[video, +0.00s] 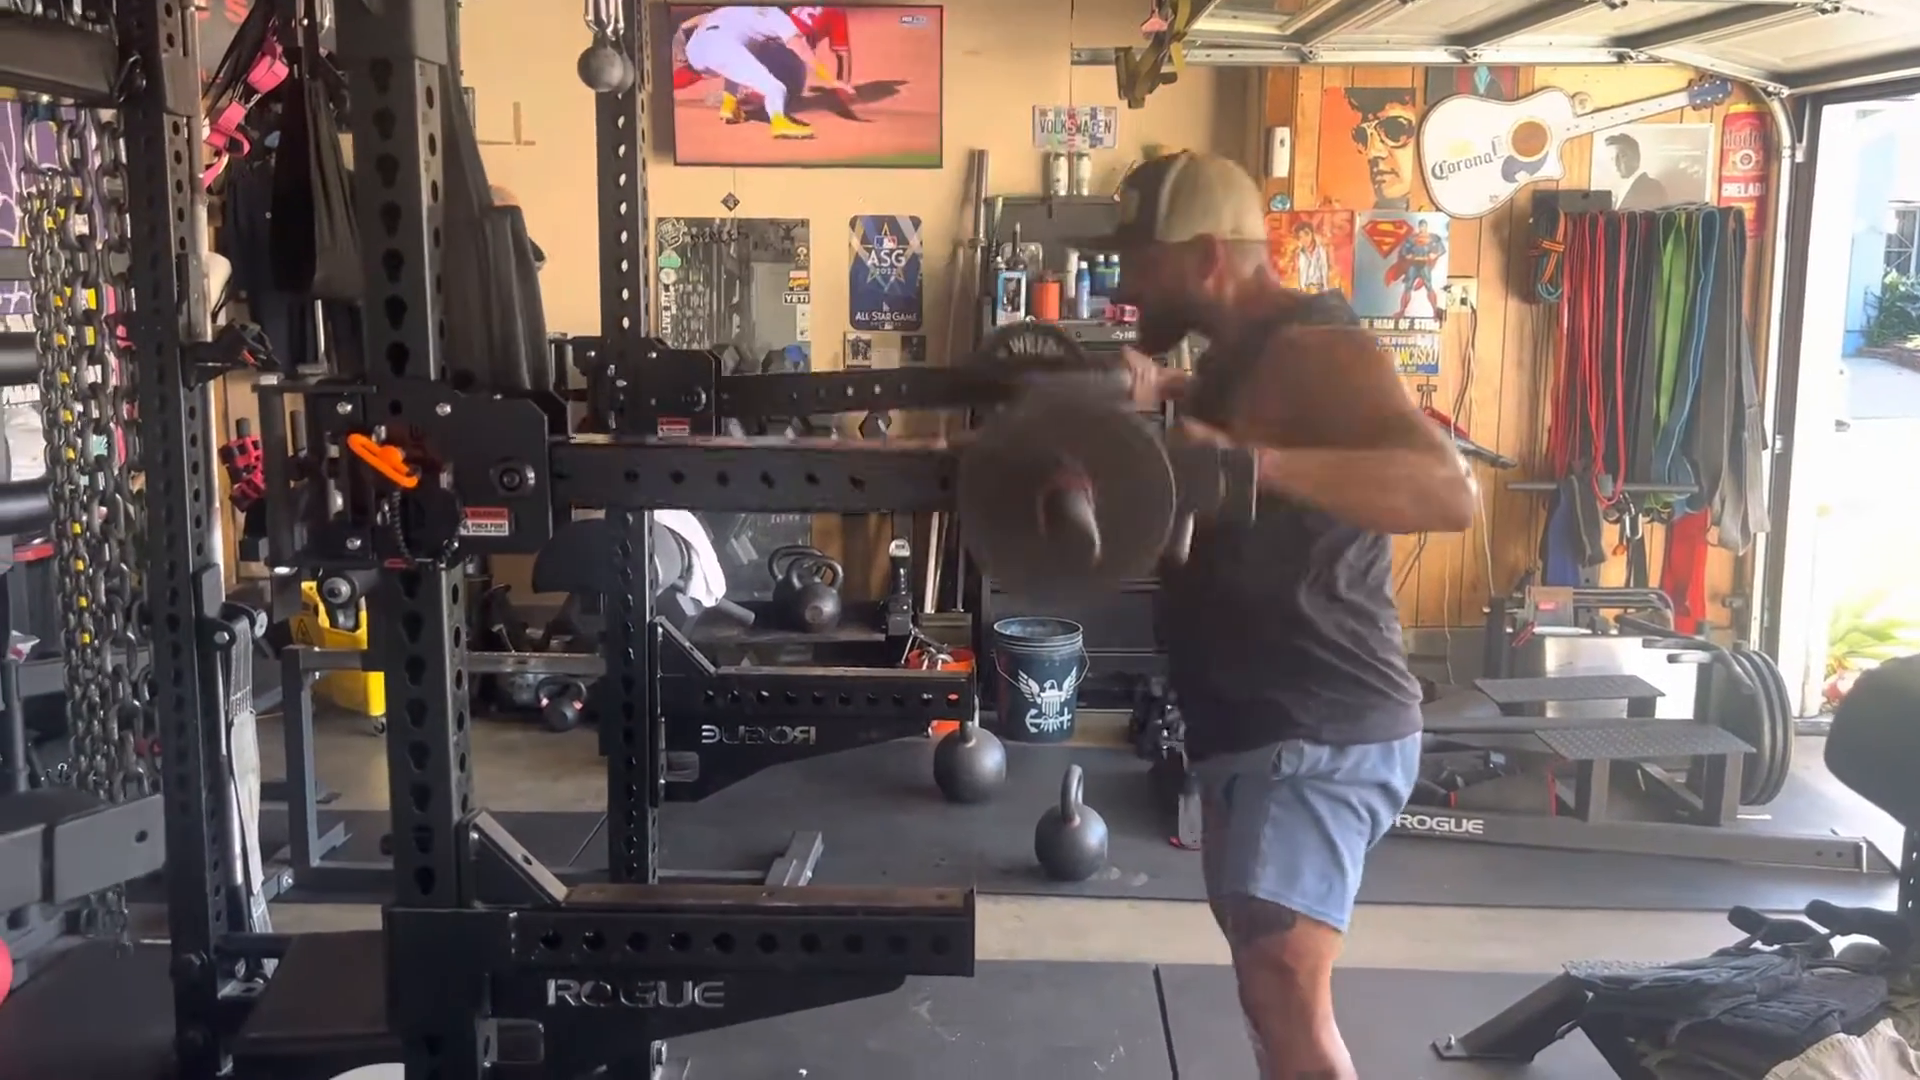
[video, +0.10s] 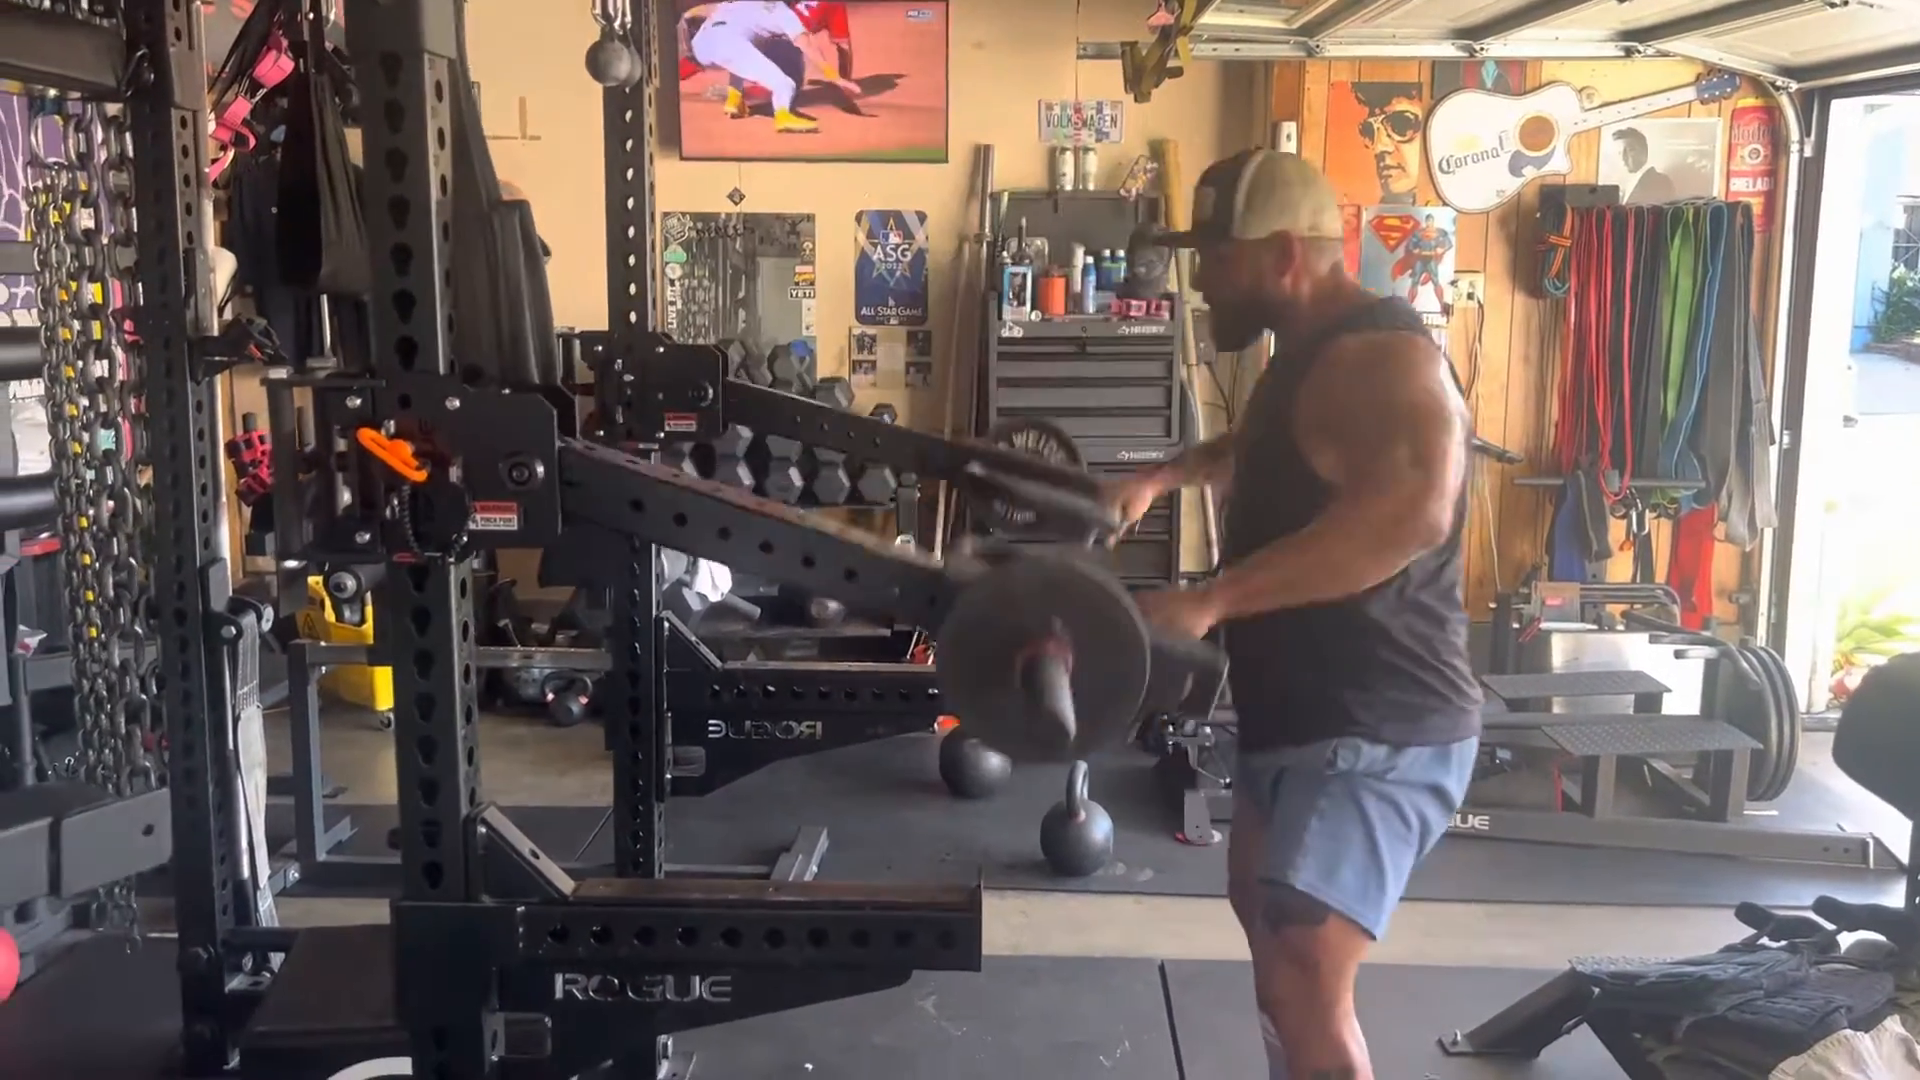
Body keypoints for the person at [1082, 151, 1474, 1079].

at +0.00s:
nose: (1125, 279)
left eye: (1139, 252)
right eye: (1126, 254)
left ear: (1210, 256)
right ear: (1211, 259)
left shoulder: (1319, 349)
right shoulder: (1211, 376)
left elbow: (1449, 493)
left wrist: (1248, 462)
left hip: (1318, 734)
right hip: (1251, 730)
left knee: (1286, 1005)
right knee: (1277, 1001)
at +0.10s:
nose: (1202, 276)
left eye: (1213, 253)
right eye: (1201, 254)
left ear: (1287, 253)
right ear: (1282, 255)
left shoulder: (1381, 348)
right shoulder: (1301, 353)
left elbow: (1414, 507)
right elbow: (1261, 455)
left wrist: (1213, 598)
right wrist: (1159, 476)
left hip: (1370, 730)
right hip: (1295, 717)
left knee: (1305, 994)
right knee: (1258, 901)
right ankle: (1298, 1057)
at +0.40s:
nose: (1163, 353)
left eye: (1176, 328)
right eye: (1166, 330)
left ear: (1245, 336)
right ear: (1249, 337)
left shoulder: (1348, 441)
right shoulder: (1280, 431)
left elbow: (1301, 641)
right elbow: (1213, 544)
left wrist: (1135, 752)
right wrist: (1096, 616)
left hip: (1483, 744)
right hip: (1388, 724)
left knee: (1323, 985)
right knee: (1279, 884)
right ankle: (1319, 1063)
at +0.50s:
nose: (1160, 356)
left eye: (1173, 335)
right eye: (1163, 335)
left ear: (1245, 344)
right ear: (1246, 346)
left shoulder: (1348, 448)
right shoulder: (1285, 435)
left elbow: (1310, 644)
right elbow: (1218, 547)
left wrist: (1143, 756)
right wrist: (1103, 610)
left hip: (1498, 742)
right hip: (1401, 721)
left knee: (1329, 975)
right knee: (1285, 878)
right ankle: (1327, 1065)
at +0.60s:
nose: (1207, 346)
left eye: (1223, 321)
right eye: (1209, 322)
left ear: (1296, 334)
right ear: (1295, 335)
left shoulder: (1391, 443)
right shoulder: (1310, 426)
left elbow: (1328, 638)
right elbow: (1233, 539)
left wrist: (1158, 750)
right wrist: (1114, 603)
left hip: (1521, 747)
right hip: (1418, 724)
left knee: (1341, 967)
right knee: (1299, 874)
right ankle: (1341, 1060)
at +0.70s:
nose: (1322, 292)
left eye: (1339, 272)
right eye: (1326, 271)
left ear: (1412, 288)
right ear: (1408, 290)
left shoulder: (1489, 415)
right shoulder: (1389, 393)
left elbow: (1347, 583)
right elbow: (1268, 502)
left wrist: (1176, 701)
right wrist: (1134, 579)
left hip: (1541, 740)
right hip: (1437, 715)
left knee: (1359, 959)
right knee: (1314, 863)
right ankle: (1349, 1063)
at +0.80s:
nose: (1373, 255)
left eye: (1393, 236)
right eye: (1377, 234)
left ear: (1472, 257)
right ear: (1467, 260)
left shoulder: (1534, 388)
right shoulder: (1432, 367)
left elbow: (1406, 555)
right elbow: (1313, 472)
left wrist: (1230, 644)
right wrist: (1182, 532)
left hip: (1524, 736)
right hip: (1423, 706)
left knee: (1354, 953)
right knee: (1310, 855)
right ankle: (1352, 1057)